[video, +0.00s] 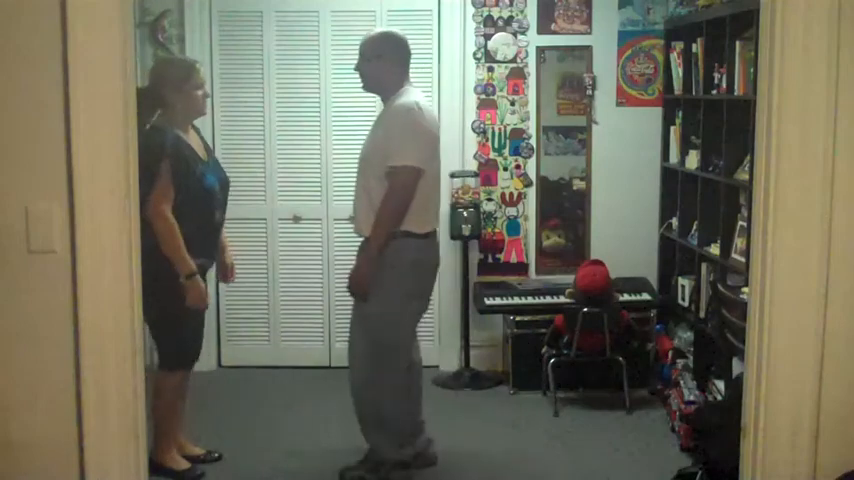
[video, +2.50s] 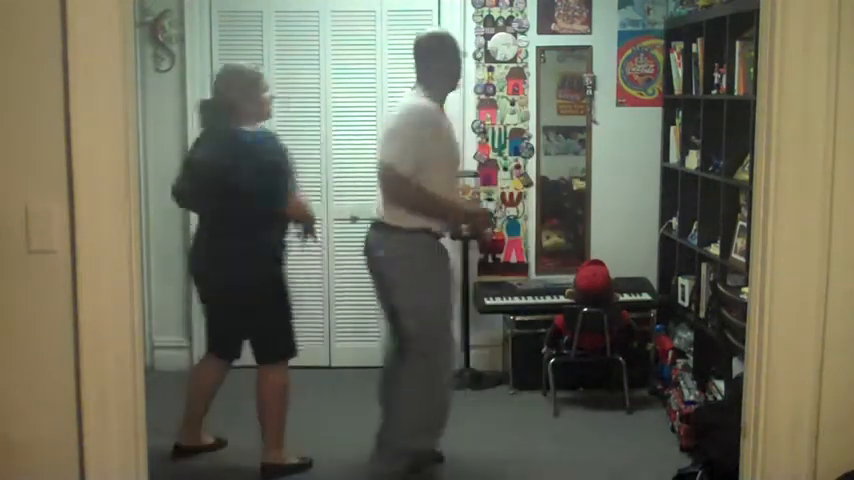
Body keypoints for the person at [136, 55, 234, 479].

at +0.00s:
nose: (205, 92)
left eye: (203, 86)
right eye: (197, 88)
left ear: (188, 94)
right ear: (172, 94)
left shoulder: (192, 134)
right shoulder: (158, 139)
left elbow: (202, 200)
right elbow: (157, 211)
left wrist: (222, 248)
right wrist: (188, 273)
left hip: (194, 263)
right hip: (167, 266)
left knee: (184, 358)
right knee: (174, 360)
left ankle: (176, 440)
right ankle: (163, 450)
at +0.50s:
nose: (211, 91)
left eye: (210, 85)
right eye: (203, 87)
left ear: (196, 94)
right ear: (179, 94)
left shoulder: (197, 133)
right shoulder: (169, 139)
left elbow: (199, 200)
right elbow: (171, 209)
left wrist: (232, 235)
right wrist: (229, 231)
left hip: (193, 264)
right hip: (169, 266)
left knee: (181, 358)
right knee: (164, 360)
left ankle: (178, 439)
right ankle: (162, 449)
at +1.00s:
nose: (245, 92)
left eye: (242, 85)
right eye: (237, 87)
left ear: (218, 96)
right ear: (216, 97)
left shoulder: (225, 138)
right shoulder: (208, 143)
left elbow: (238, 188)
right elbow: (219, 211)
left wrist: (273, 195)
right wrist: (272, 221)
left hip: (208, 260)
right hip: (195, 263)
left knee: (191, 354)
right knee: (240, 352)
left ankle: (174, 445)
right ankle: (276, 449)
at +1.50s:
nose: (306, 98)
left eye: (303, 92)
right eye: (298, 93)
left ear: (289, 103)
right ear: (273, 104)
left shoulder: (315, 144)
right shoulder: (260, 154)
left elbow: (354, 156)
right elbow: (247, 217)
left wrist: (395, 144)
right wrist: (302, 223)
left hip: (309, 265)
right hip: (263, 268)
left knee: (343, 349)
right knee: (291, 362)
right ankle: (289, 454)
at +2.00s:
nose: (269, 98)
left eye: (277, 92)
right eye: (271, 91)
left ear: (301, 100)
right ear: (286, 101)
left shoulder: (321, 145)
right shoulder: (273, 146)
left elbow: (324, 193)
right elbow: (266, 198)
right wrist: (234, 219)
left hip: (333, 263)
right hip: (296, 266)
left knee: (329, 364)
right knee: (289, 354)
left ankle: (378, 427)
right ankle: (323, 449)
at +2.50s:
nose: (270, 96)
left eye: (266, 89)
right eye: (262, 91)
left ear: (226, 100)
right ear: (243, 101)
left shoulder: (205, 144)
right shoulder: (266, 148)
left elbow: (184, 192)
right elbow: (282, 205)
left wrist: (225, 208)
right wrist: (306, 215)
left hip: (209, 259)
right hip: (256, 262)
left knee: (221, 348)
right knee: (273, 357)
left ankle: (190, 436)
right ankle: (274, 455)